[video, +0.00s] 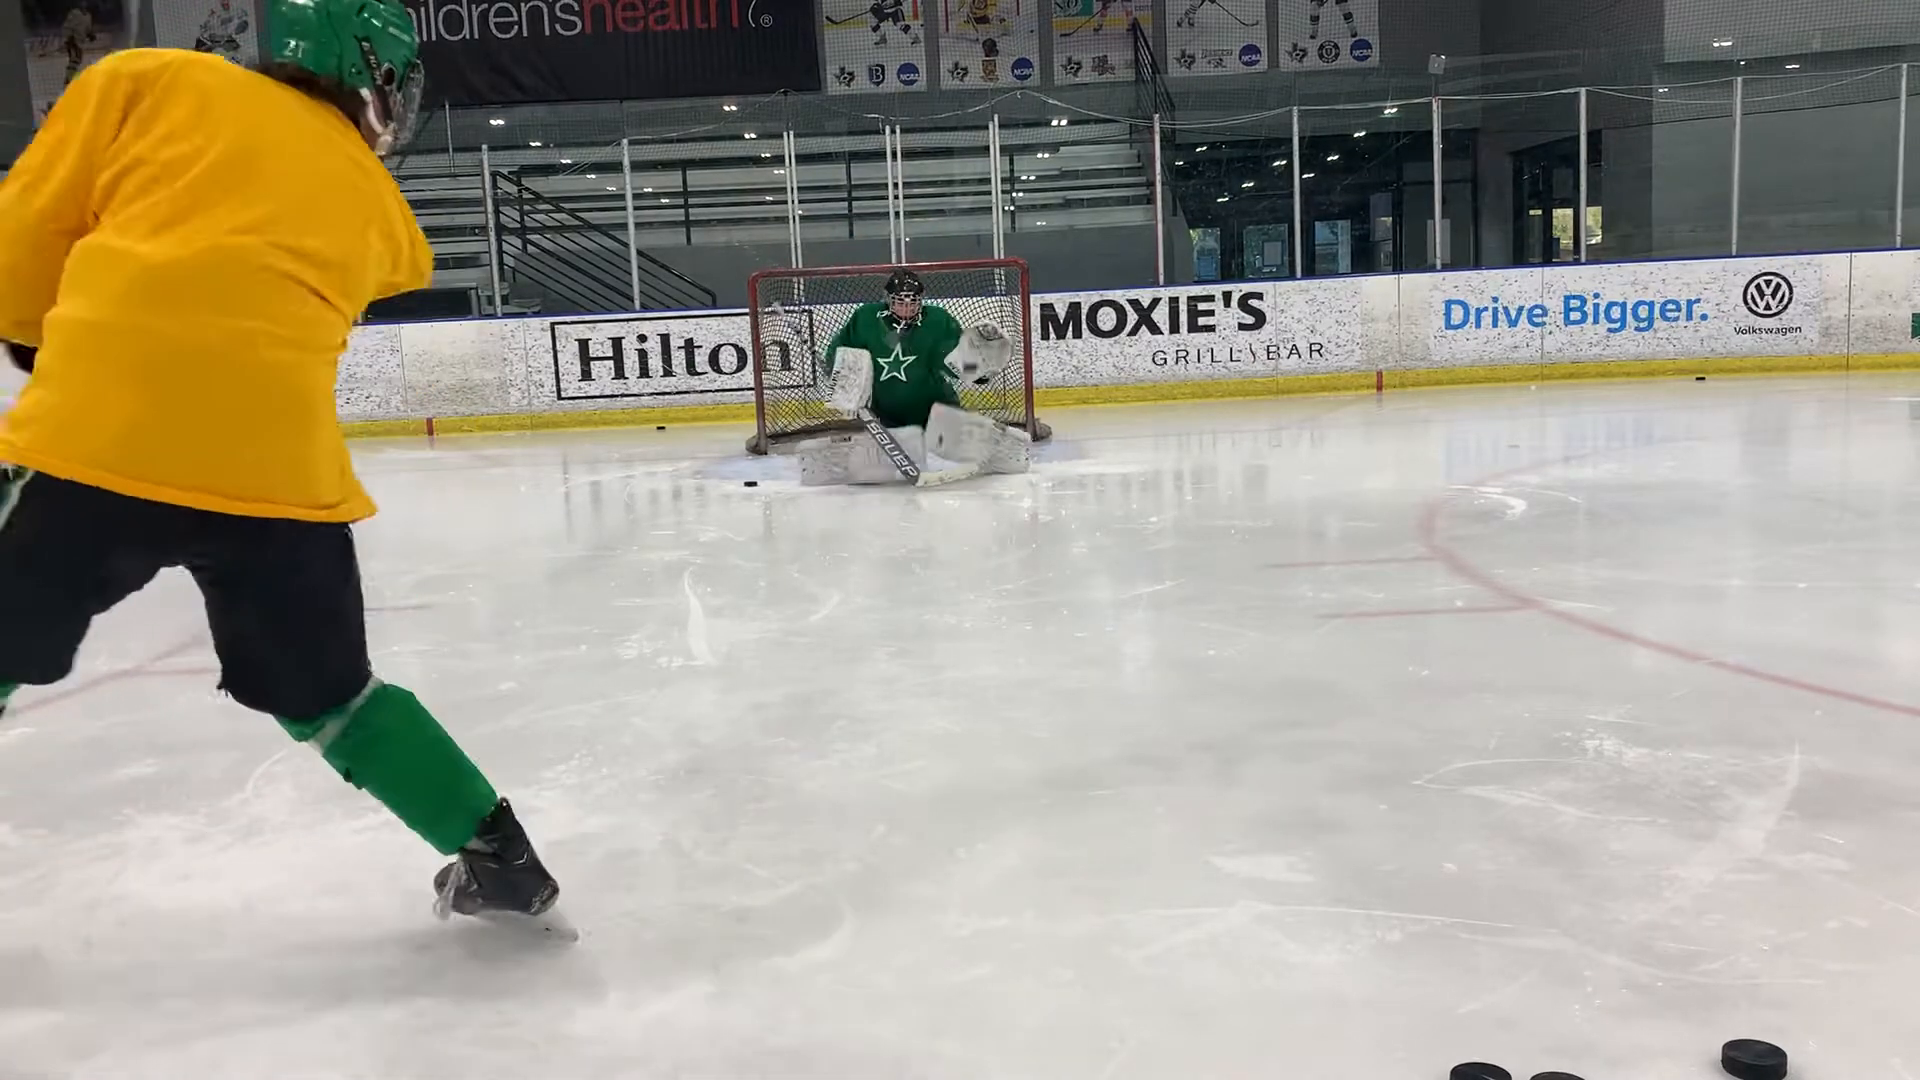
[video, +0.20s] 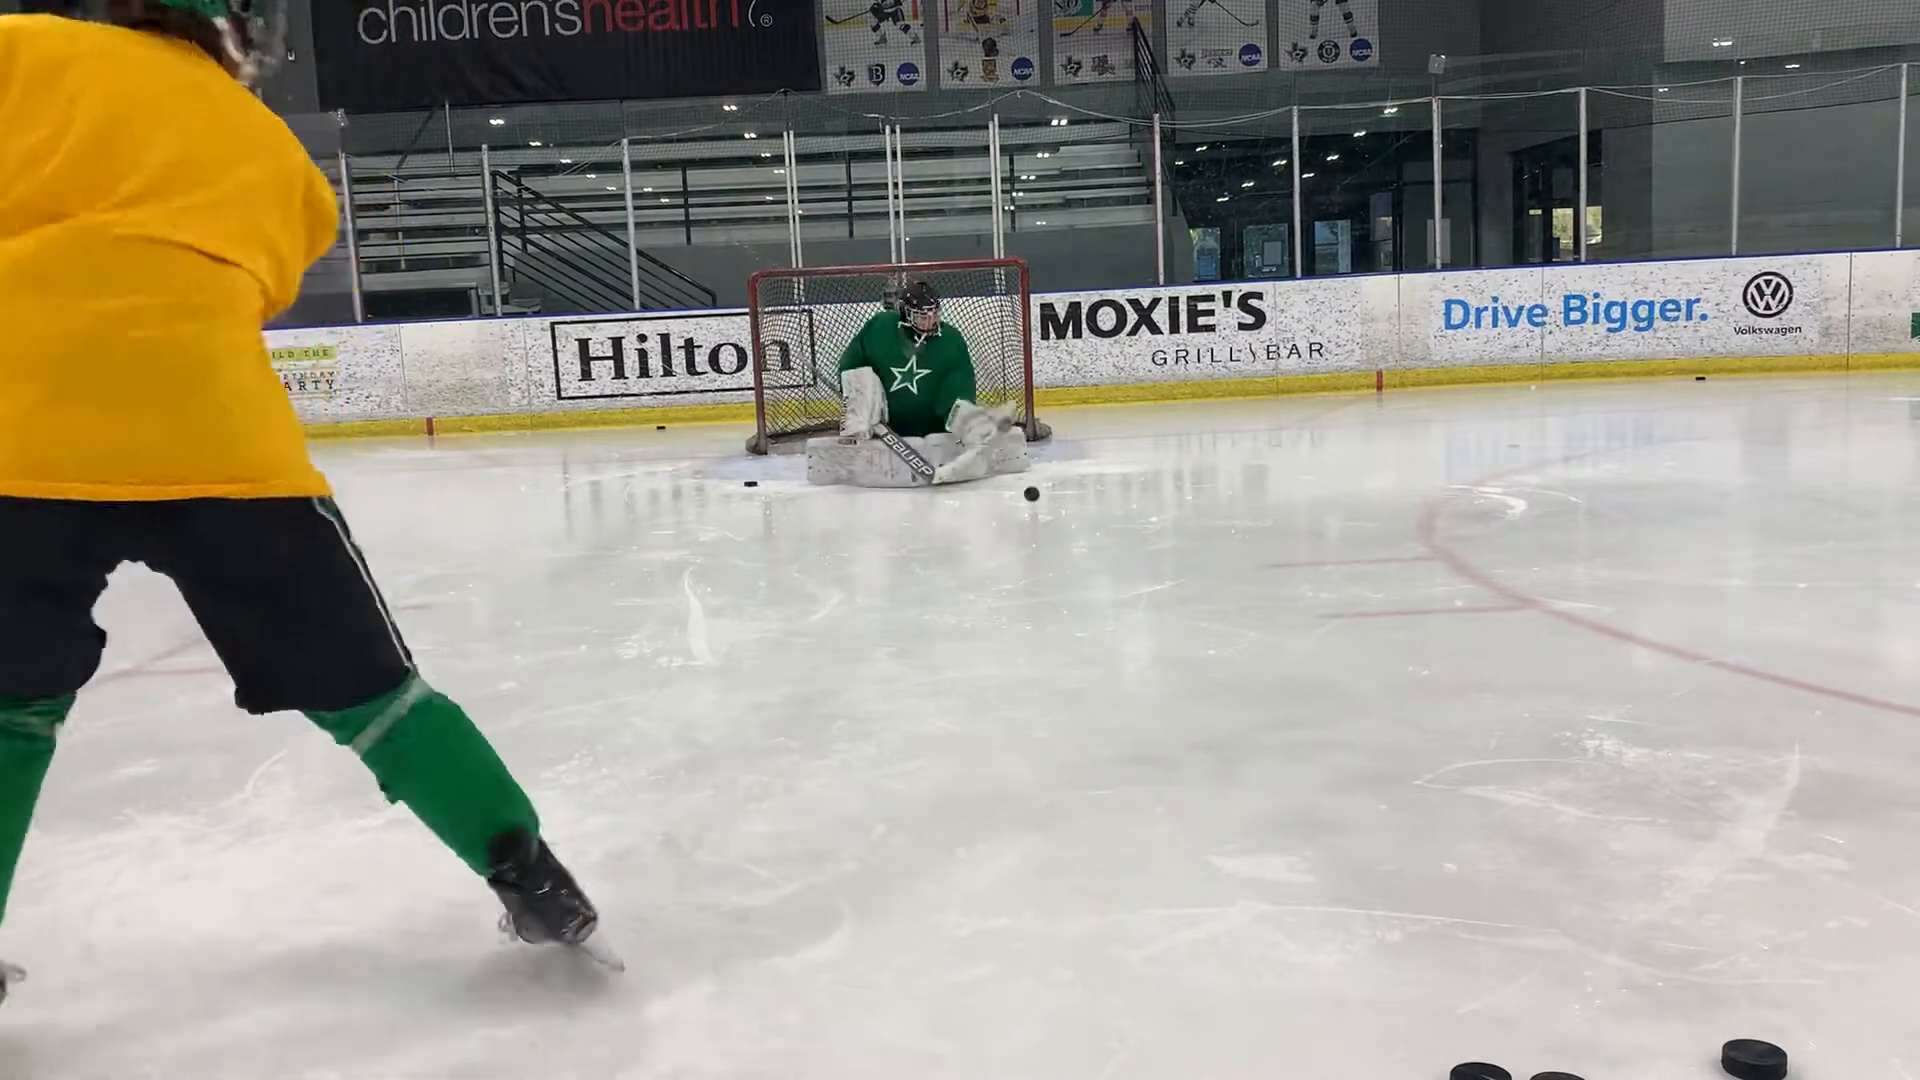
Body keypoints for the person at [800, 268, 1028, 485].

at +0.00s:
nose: (906, 308)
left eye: (912, 302)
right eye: (900, 302)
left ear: (920, 300)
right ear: (889, 300)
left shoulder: (938, 321)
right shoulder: (865, 319)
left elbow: (963, 365)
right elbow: (834, 355)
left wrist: (982, 358)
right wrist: (847, 379)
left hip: (935, 418)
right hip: (883, 419)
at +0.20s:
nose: (930, 321)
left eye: (934, 314)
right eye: (922, 316)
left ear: (939, 310)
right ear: (905, 313)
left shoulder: (951, 340)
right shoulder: (881, 327)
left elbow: (958, 391)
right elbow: (849, 366)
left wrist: (969, 423)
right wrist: (862, 403)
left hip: (935, 430)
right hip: (885, 427)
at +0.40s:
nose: (932, 322)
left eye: (937, 315)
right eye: (925, 316)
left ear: (943, 312)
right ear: (910, 313)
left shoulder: (955, 341)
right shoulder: (884, 332)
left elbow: (961, 392)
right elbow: (853, 365)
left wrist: (975, 422)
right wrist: (863, 402)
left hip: (942, 429)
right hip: (893, 427)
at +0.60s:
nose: (914, 299)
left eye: (918, 293)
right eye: (907, 293)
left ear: (925, 292)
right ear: (893, 294)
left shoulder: (941, 319)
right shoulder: (869, 322)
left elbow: (964, 365)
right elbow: (840, 372)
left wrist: (983, 389)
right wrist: (858, 394)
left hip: (945, 424)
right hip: (889, 427)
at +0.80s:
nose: (907, 281)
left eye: (911, 275)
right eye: (900, 276)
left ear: (917, 275)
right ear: (885, 276)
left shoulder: (930, 296)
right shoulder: (864, 307)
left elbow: (959, 334)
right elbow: (849, 362)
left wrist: (988, 352)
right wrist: (863, 403)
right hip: (892, 398)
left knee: (981, 384)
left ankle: (984, 452)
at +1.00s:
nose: (910, 274)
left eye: (914, 268)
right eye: (903, 268)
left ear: (920, 268)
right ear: (887, 270)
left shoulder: (929, 291)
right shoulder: (868, 304)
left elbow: (954, 322)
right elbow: (857, 362)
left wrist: (988, 329)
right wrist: (871, 406)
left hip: (931, 376)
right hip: (896, 392)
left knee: (979, 379)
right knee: (915, 462)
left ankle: (964, 449)